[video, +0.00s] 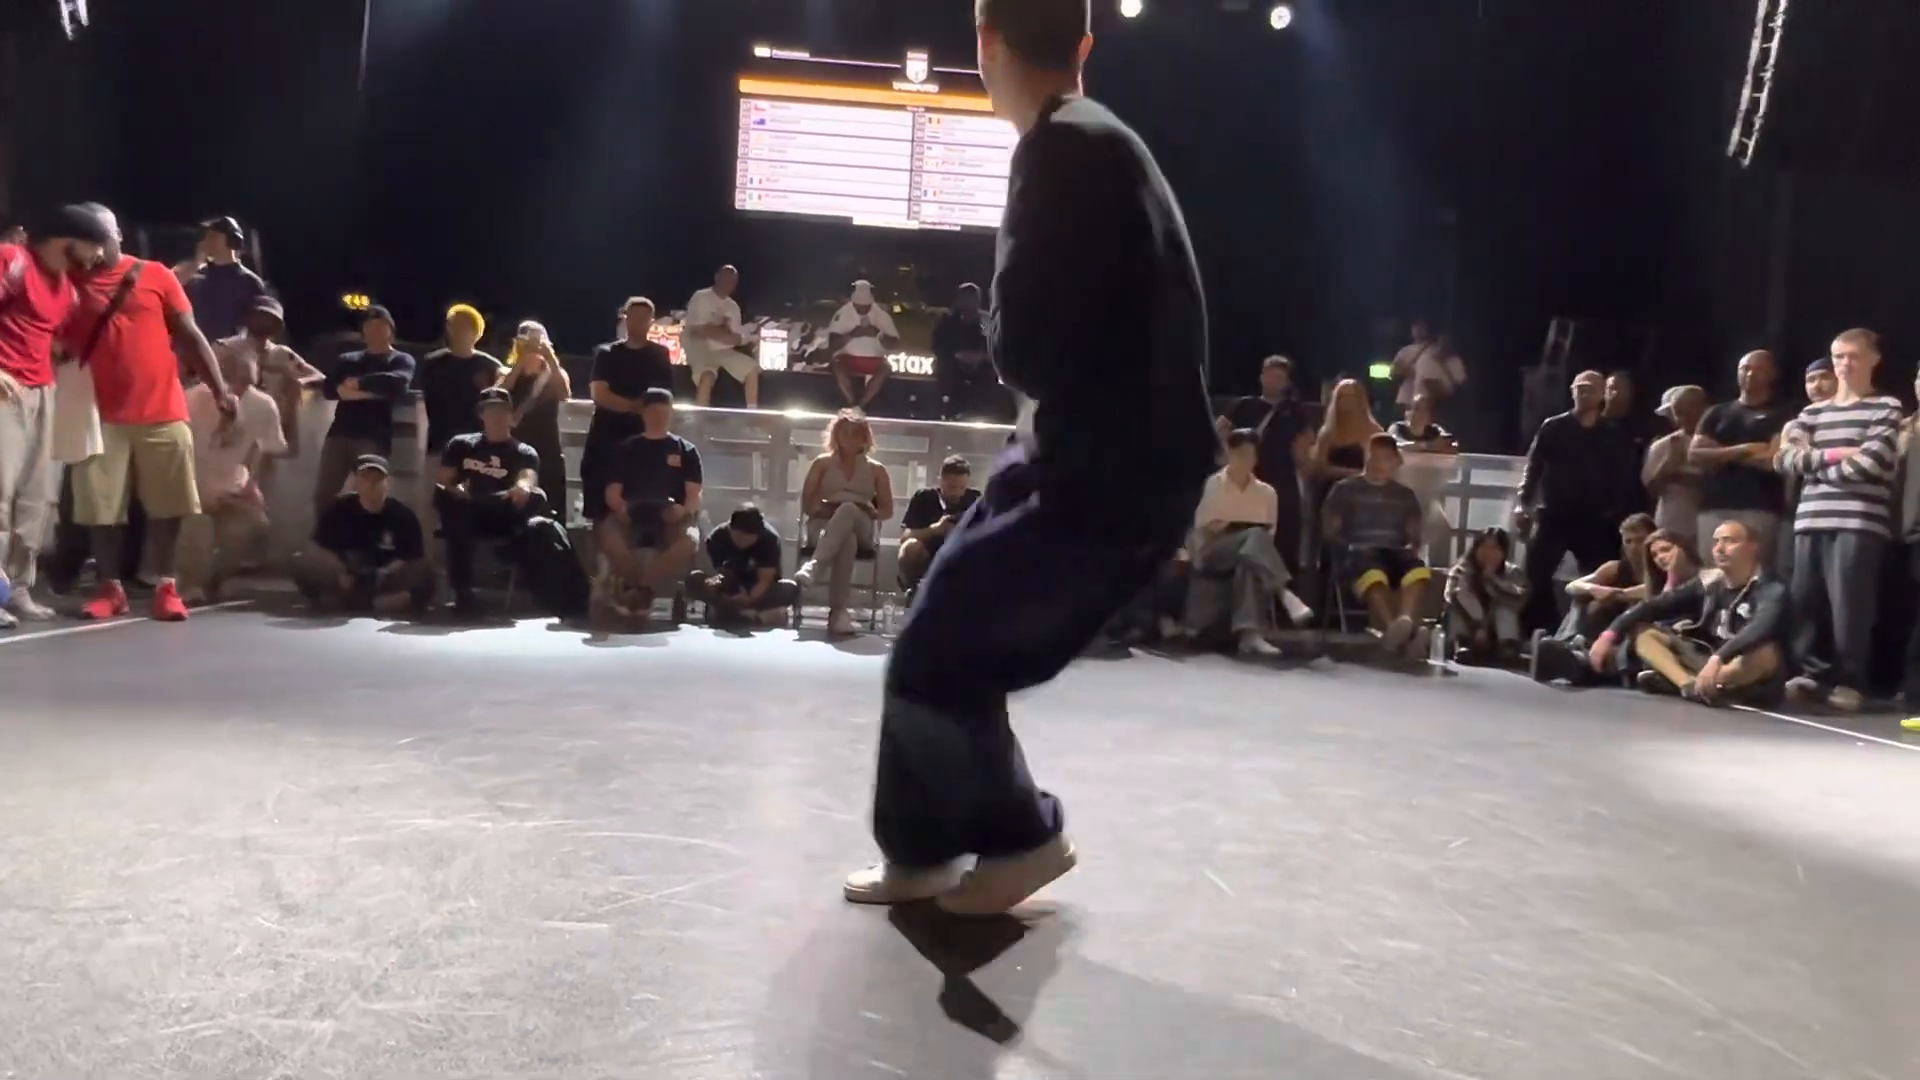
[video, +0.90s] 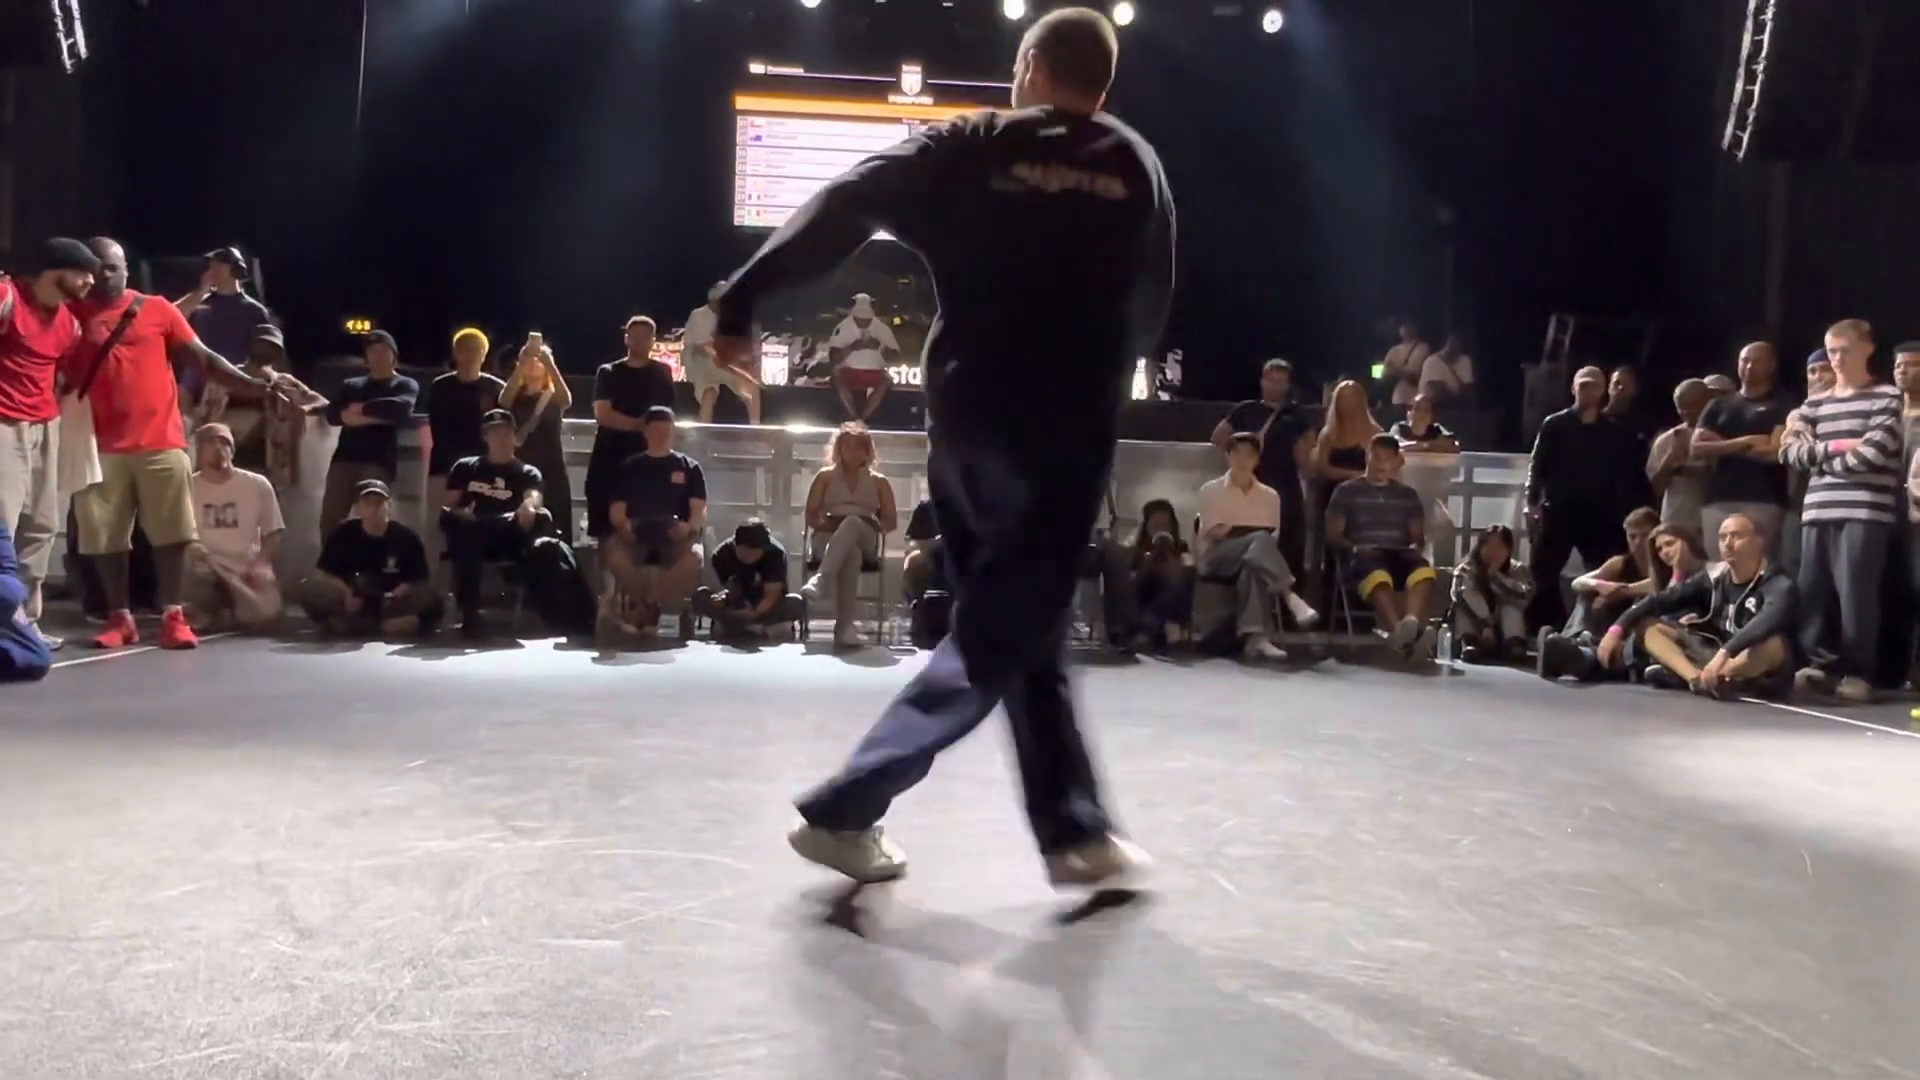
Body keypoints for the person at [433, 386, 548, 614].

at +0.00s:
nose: (497, 416)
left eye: (501, 411)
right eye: (491, 410)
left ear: (511, 416)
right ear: (481, 415)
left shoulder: (525, 453)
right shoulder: (460, 445)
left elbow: (526, 483)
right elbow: (442, 484)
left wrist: (521, 488)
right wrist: (457, 492)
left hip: (505, 506)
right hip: (471, 505)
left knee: (535, 498)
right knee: (454, 512)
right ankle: (463, 593)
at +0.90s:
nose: (500, 438)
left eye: (505, 432)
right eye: (494, 433)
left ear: (514, 437)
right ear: (485, 437)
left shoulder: (528, 473)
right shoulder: (466, 467)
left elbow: (533, 496)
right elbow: (448, 507)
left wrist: (528, 506)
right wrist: (461, 513)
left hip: (511, 531)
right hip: (475, 531)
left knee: (541, 518)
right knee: (461, 530)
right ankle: (470, 613)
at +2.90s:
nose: (525, 426)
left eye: (529, 421)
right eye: (519, 421)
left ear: (537, 427)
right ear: (508, 425)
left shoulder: (551, 462)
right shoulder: (488, 455)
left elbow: (555, 489)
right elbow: (469, 496)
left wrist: (549, 497)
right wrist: (485, 503)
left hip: (533, 517)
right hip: (498, 516)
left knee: (561, 508)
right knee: (483, 524)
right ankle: (491, 602)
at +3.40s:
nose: (530, 423)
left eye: (534, 417)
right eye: (524, 417)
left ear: (543, 423)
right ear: (514, 421)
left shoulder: (556, 457)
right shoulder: (493, 451)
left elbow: (561, 483)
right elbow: (475, 491)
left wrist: (555, 493)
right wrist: (490, 498)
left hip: (538, 515)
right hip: (502, 514)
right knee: (490, 518)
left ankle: (575, 601)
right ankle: (497, 598)